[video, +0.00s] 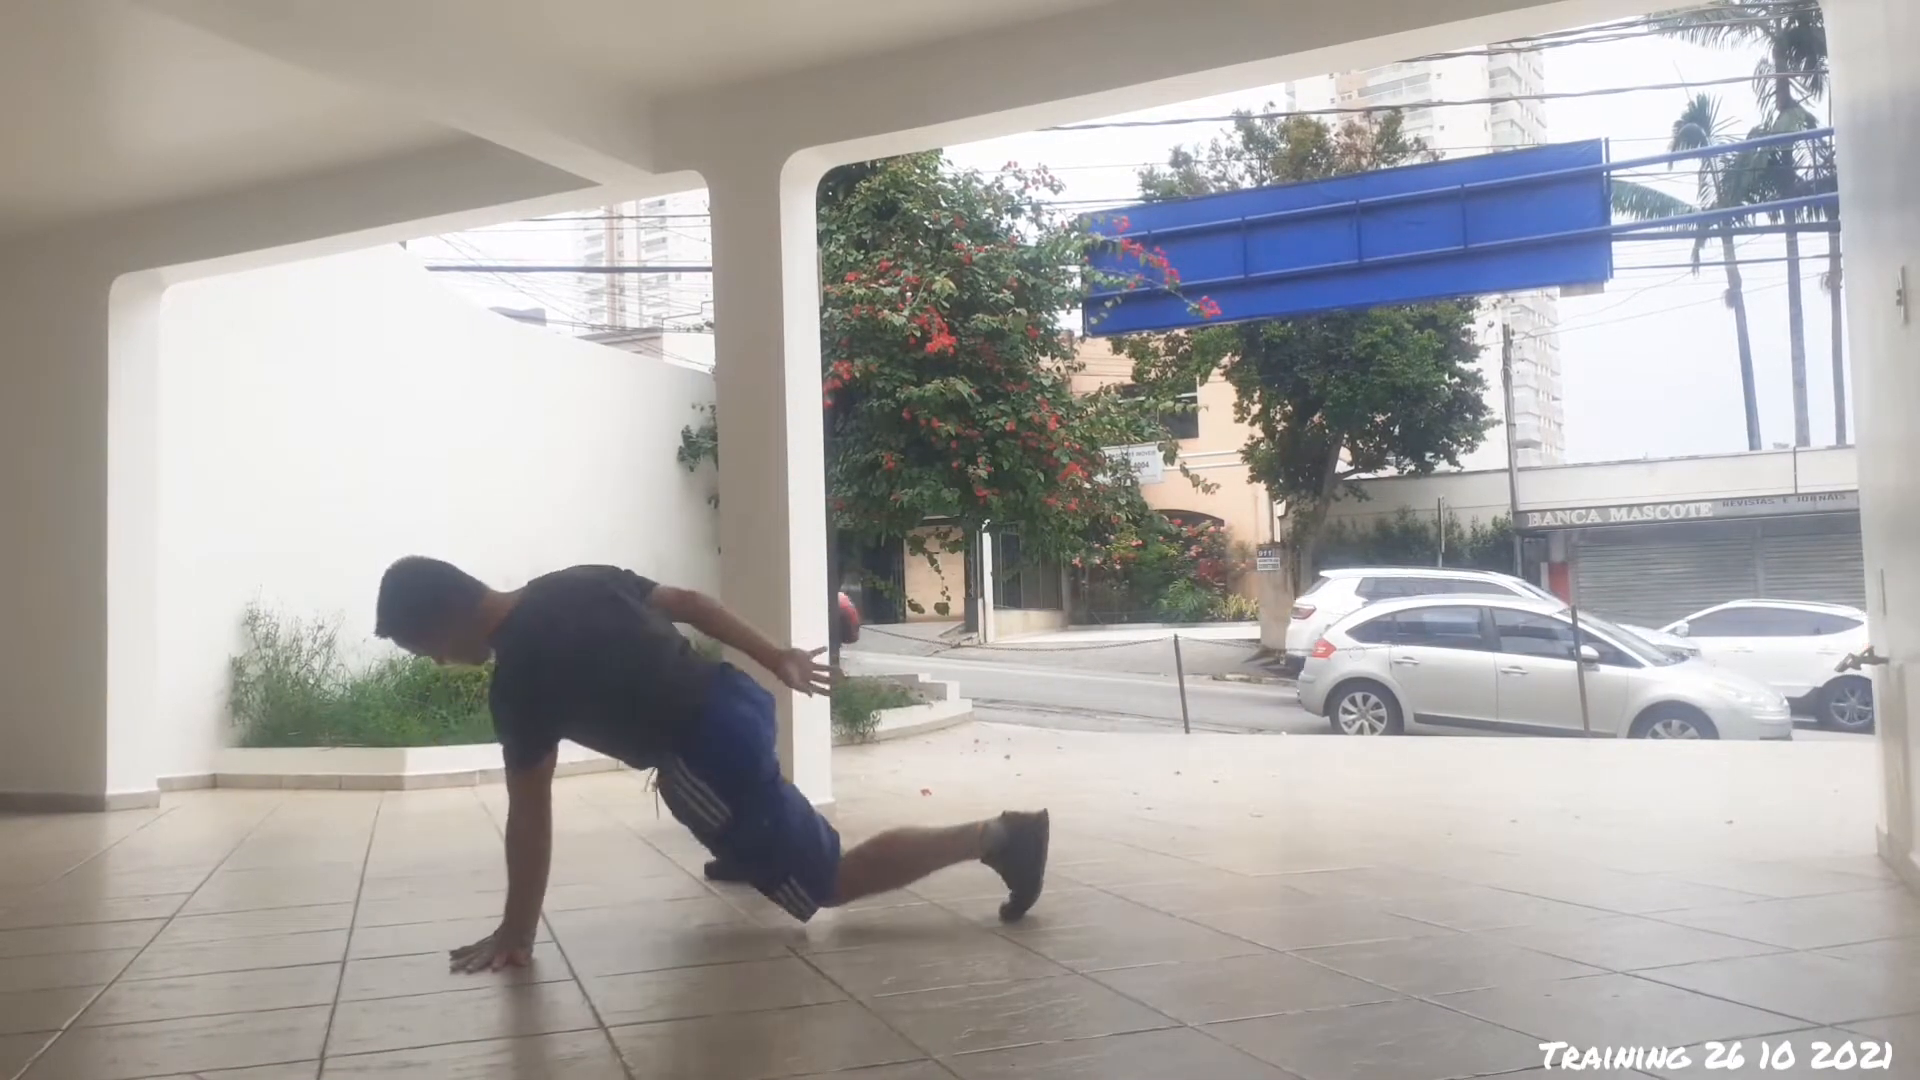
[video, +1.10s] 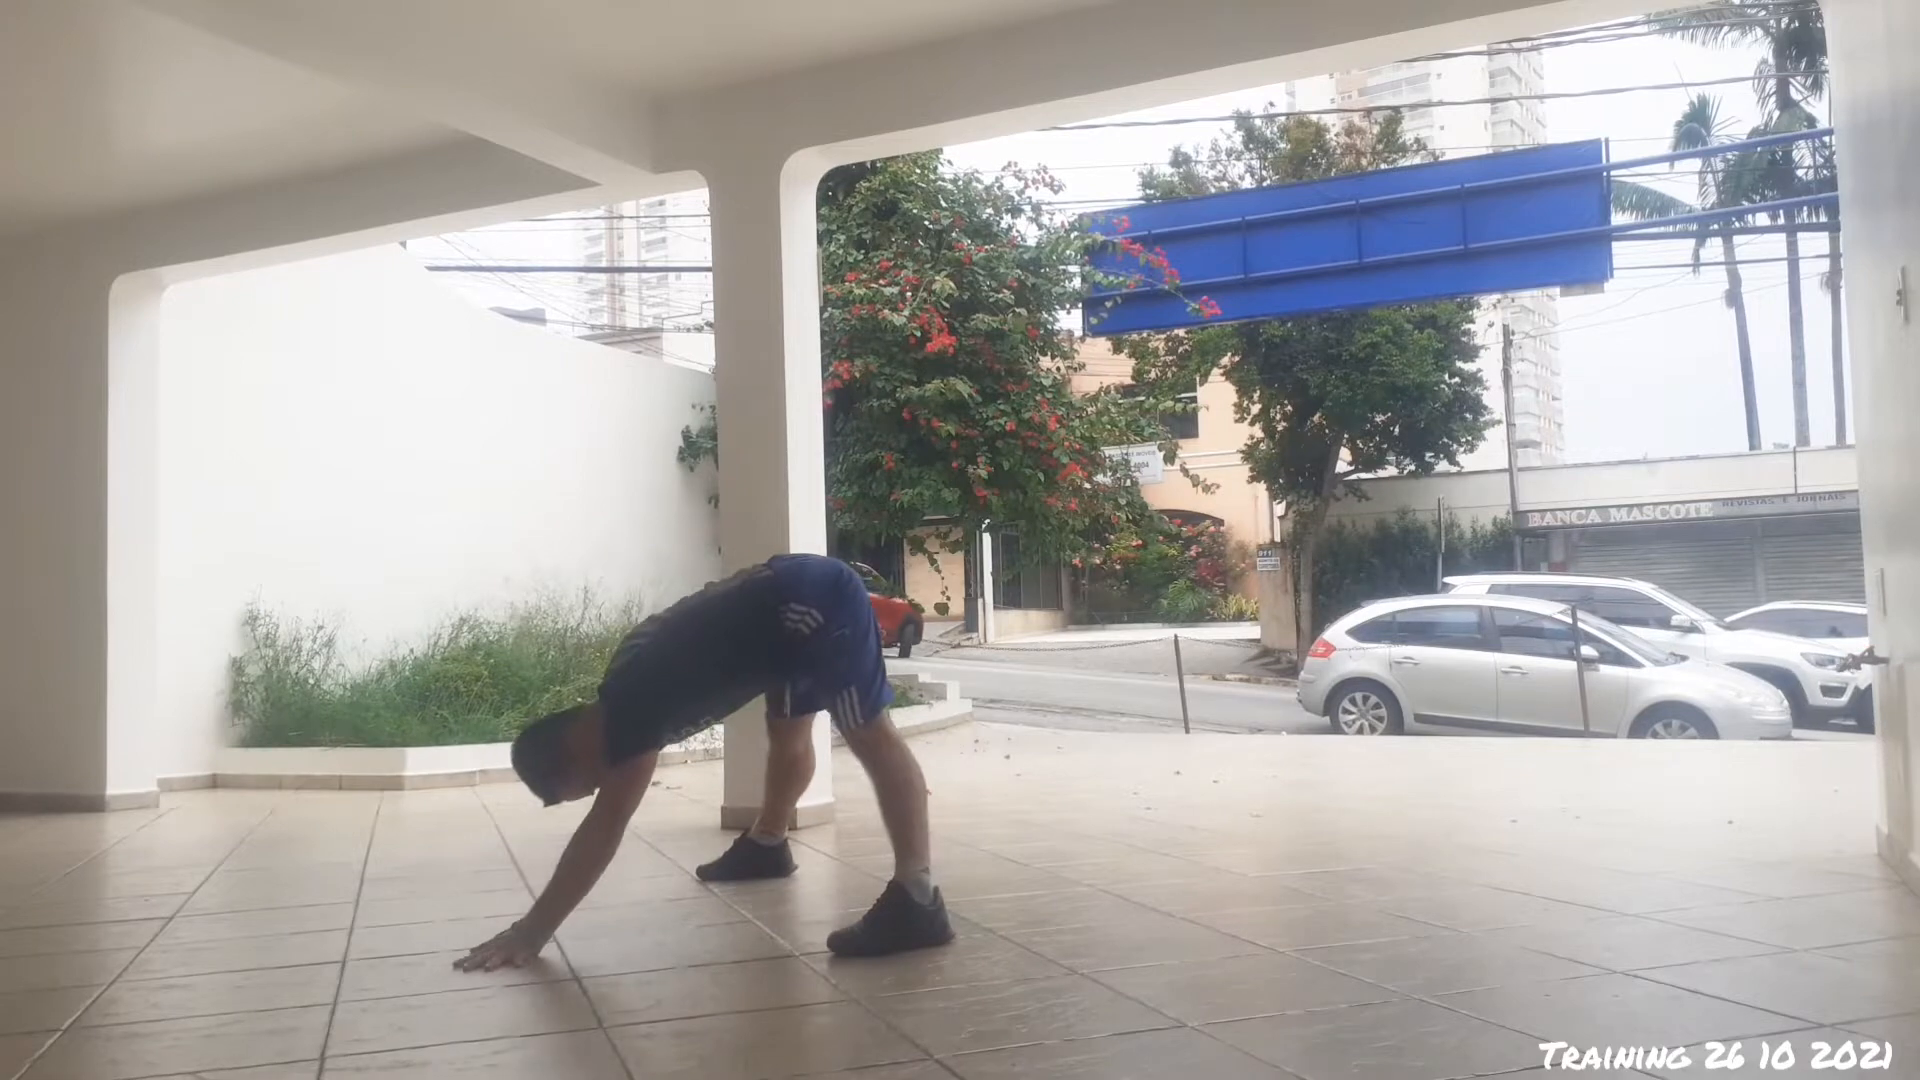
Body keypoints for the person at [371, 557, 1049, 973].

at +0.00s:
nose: (439, 662)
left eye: (428, 650)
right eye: (425, 652)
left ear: (442, 623)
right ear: (466, 583)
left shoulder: (519, 675)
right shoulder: (572, 581)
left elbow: (530, 812)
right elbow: (689, 604)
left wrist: (515, 932)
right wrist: (776, 658)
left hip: (711, 751)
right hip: (743, 691)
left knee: (827, 875)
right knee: (696, 781)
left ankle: (999, 839)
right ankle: (754, 859)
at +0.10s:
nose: (439, 693)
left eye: (427, 680)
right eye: (424, 685)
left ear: (444, 645)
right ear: (460, 613)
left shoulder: (523, 671)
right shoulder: (551, 605)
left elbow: (534, 816)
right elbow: (670, 628)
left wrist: (516, 935)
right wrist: (755, 680)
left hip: (727, 726)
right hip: (738, 679)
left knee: (834, 856)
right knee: (678, 756)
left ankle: (1013, 840)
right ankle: (764, 848)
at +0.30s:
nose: (439, 736)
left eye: (421, 727)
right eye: (422, 732)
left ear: (428, 692)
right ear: (434, 670)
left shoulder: (511, 670)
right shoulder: (515, 636)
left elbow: (538, 814)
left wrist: (515, 934)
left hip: (718, 649)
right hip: (715, 629)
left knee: (843, 768)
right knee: (723, 739)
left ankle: (1017, 834)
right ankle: (761, 847)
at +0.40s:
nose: (456, 750)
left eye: (442, 741)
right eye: (442, 748)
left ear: (444, 700)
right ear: (447, 686)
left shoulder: (517, 673)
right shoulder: (516, 654)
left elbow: (543, 813)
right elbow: (545, 808)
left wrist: (516, 931)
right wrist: (522, 916)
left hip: (722, 621)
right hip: (708, 617)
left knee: (837, 742)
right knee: (731, 734)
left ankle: (970, 856)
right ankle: (767, 847)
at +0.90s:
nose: (543, 791)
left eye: (530, 789)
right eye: (531, 793)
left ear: (523, 750)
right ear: (520, 736)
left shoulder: (587, 705)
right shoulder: (576, 687)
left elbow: (574, 828)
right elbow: (576, 824)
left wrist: (519, 930)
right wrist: (524, 926)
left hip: (783, 601)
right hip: (752, 604)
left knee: (844, 739)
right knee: (769, 734)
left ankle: (914, 894)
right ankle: (767, 844)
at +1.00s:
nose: (573, 792)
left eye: (558, 788)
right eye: (561, 792)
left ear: (548, 751)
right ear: (549, 736)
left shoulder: (611, 702)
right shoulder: (604, 683)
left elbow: (588, 828)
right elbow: (589, 823)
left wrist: (521, 929)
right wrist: (528, 923)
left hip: (803, 598)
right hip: (772, 595)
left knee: (857, 735)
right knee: (777, 727)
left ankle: (915, 894)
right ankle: (767, 844)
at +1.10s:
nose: (590, 791)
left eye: (575, 788)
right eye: (579, 791)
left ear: (571, 749)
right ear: (570, 738)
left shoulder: (632, 703)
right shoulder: (630, 668)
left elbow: (604, 830)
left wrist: (534, 928)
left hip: (824, 597)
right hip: (789, 590)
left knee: (872, 735)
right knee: (787, 724)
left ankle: (918, 896)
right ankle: (767, 843)